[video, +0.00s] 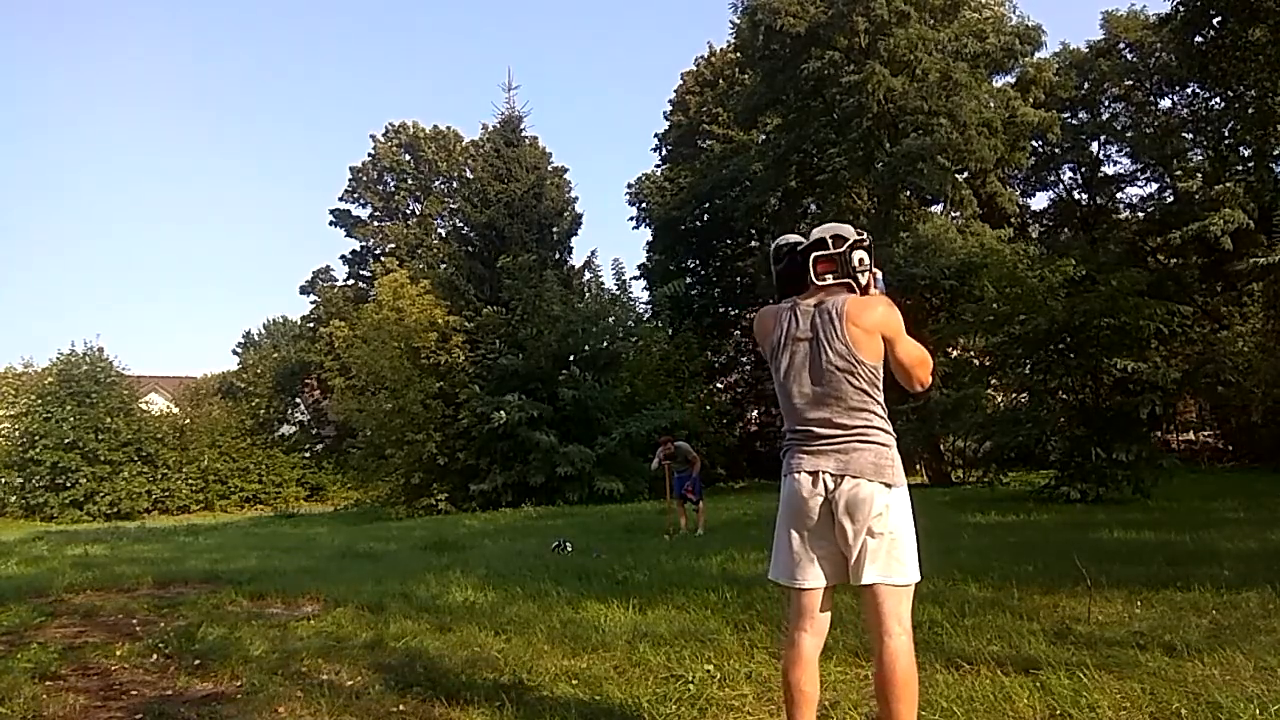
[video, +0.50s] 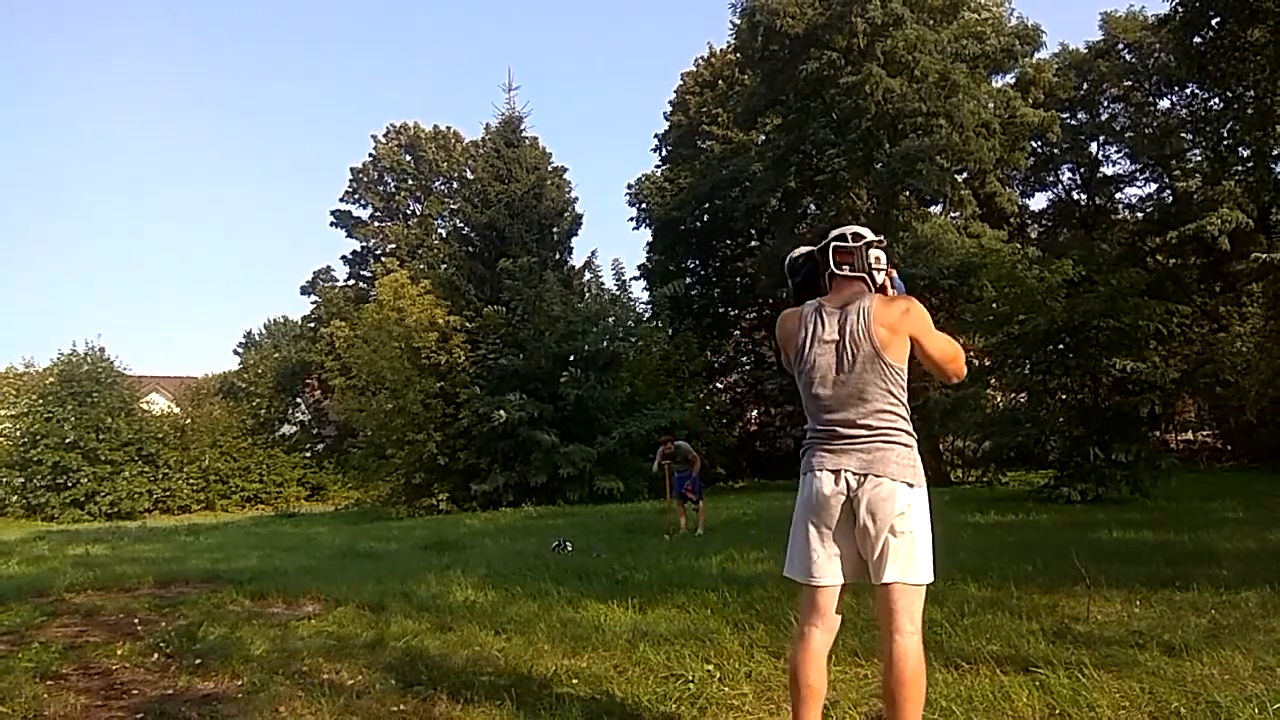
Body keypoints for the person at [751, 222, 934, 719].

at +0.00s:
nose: (866, 271)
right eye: (863, 264)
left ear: (800, 273)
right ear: (856, 266)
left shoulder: (769, 322)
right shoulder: (874, 309)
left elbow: (774, 323)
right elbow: (920, 375)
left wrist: (810, 287)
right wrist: (879, 302)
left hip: (801, 484)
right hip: (873, 482)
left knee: (803, 632)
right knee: (893, 634)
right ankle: (901, 718)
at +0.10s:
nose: (872, 272)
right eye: (870, 265)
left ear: (812, 270)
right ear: (864, 267)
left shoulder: (774, 320)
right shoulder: (882, 310)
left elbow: (778, 333)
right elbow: (924, 373)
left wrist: (805, 290)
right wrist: (884, 307)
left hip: (803, 483)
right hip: (875, 482)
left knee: (805, 630)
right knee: (895, 633)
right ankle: (901, 718)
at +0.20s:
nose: (876, 274)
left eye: (874, 268)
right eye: (875, 267)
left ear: (817, 270)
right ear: (868, 268)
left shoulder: (779, 319)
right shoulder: (888, 311)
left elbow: (787, 345)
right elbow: (930, 374)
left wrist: (816, 292)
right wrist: (887, 310)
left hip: (807, 483)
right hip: (880, 482)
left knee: (807, 629)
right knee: (897, 632)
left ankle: (803, 719)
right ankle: (902, 719)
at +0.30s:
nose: (880, 270)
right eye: (876, 262)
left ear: (820, 270)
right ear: (872, 267)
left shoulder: (784, 320)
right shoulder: (895, 311)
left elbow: (781, 344)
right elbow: (937, 373)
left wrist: (822, 293)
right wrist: (894, 305)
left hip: (812, 483)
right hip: (885, 483)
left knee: (809, 629)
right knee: (900, 633)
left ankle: (803, 719)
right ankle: (903, 719)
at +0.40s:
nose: (883, 267)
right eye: (879, 259)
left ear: (822, 269)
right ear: (874, 265)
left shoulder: (788, 322)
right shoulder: (898, 310)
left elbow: (790, 356)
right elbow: (946, 369)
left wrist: (842, 296)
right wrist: (902, 302)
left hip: (816, 482)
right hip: (889, 481)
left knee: (812, 627)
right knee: (902, 630)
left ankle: (803, 719)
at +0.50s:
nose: (883, 268)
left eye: (878, 260)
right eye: (879, 261)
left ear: (827, 270)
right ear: (872, 266)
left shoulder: (791, 323)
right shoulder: (902, 310)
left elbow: (798, 360)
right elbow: (955, 367)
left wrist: (846, 296)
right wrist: (906, 304)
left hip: (820, 482)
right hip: (893, 481)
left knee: (815, 625)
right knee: (903, 630)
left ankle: (805, 719)